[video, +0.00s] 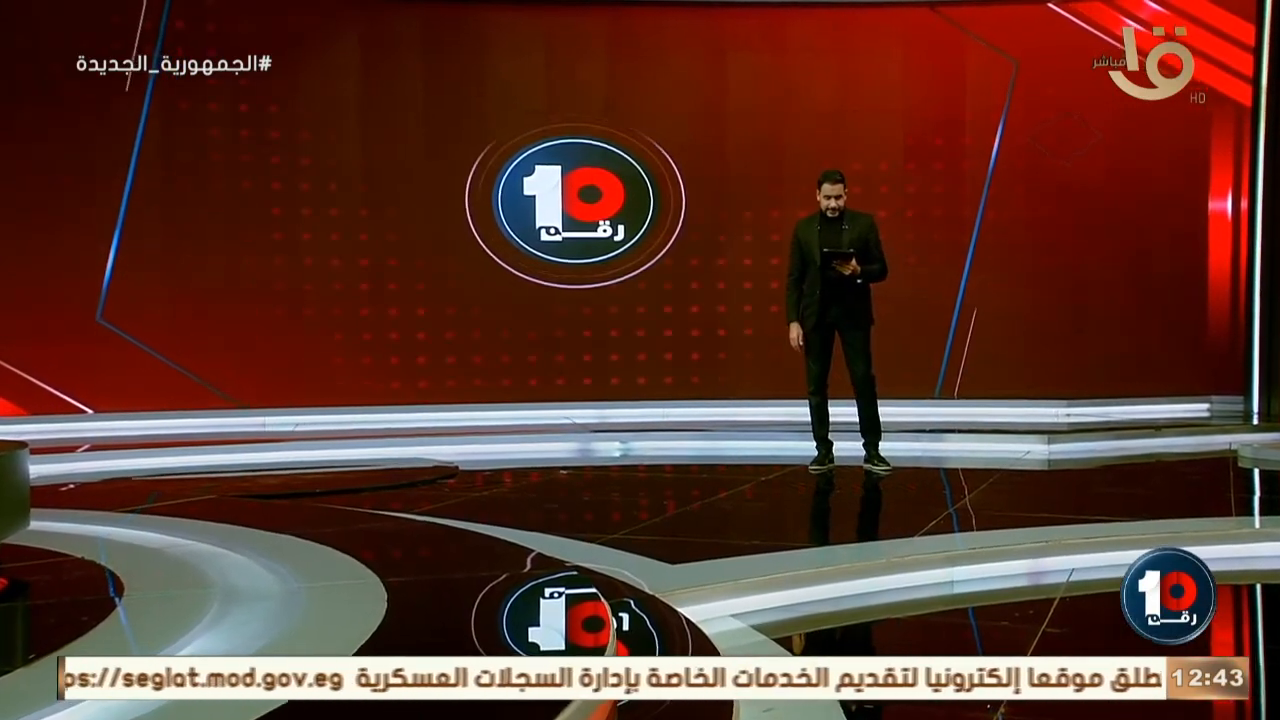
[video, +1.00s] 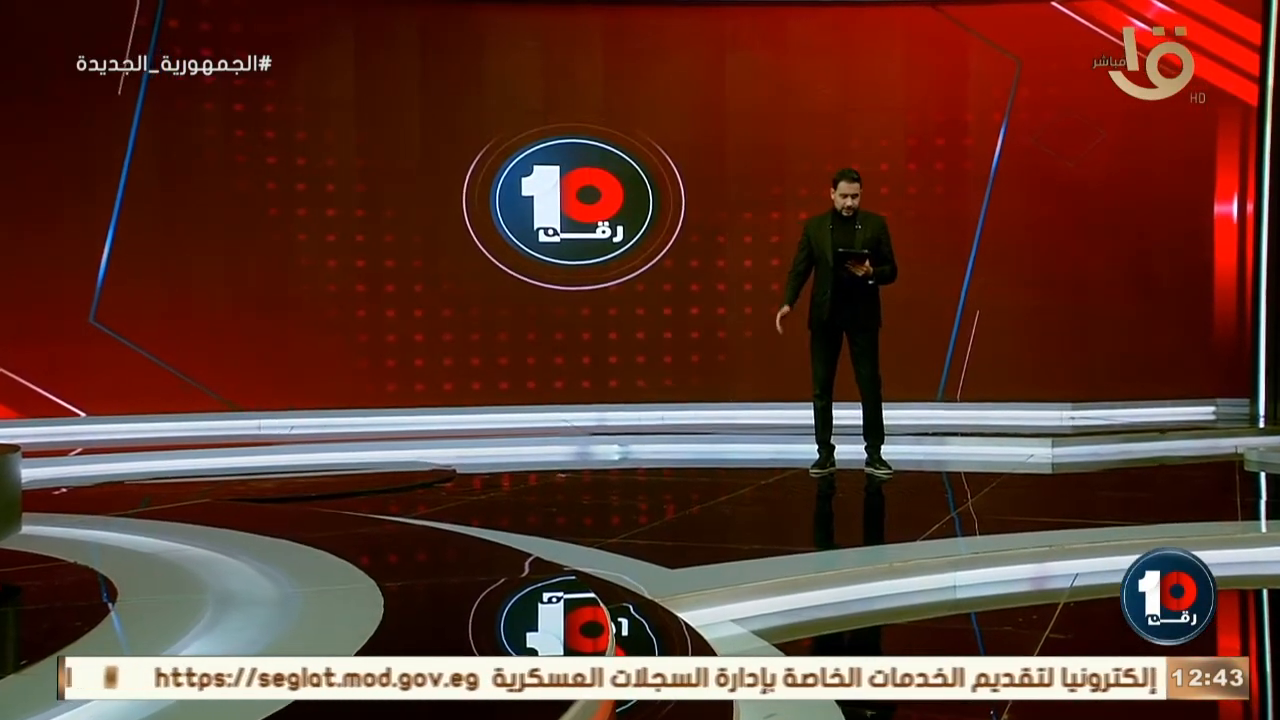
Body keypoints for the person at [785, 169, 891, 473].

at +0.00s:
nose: (833, 203)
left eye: (838, 197)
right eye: (827, 197)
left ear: (846, 195)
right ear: (818, 197)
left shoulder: (863, 224)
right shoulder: (804, 229)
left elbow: (880, 271)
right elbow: (795, 279)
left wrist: (859, 271)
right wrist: (793, 321)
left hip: (854, 317)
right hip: (816, 318)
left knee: (863, 381)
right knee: (816, 386)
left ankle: (872, 451)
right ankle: (823, 451)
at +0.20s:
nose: (831, 204)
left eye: (836, 197)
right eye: (826, 198)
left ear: (844, 195)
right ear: (815, 197)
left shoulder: (861, 224)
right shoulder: (803, 229)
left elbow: (878, 270)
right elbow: (793, 279)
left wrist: (857, 271)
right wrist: (793, 321)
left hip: (853, 317)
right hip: (816, 318)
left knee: (863, 381)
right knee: (816, 386)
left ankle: (872, 451)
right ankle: (823, 451)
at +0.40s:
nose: (831, 204)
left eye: (836, 198)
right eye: (825, 199)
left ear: (844, 195)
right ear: (815, 197)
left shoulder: (861, 224)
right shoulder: (802, 230)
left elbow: (879, 270)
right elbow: (793, 280)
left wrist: (858, 271)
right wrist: (793, 322)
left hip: (854, 317)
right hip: (816, 318)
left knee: (863, 380)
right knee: (816, 386)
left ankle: (873, 451)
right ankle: (824, 451)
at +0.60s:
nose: (834, 204)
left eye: (838, 198)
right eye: (827, 199)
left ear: (845, 196)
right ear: (817, 199)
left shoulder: (863, 224)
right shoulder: (804, 230)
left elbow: (881, 270)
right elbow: (794, 278)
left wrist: (861, 272)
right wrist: (789, 321)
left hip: (856, 317)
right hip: (818, 317)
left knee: (865, 382)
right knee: (817, 386)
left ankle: (873, 452)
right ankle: (824, 452)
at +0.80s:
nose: (841, 204)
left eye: (846, 197)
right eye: (835, 198)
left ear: (852, 196)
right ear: (824, 196)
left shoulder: (868, 224)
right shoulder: (809, 229)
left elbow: (885, 270)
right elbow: (795, 276)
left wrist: (867, 272)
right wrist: (786, 317)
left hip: (859, 318)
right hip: (822, 318)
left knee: (867, 382)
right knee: (819, 387)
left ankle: (873, 454)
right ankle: (824, 453)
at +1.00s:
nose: (850, 202)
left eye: (855, 196)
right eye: (844, 196)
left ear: (862, 195)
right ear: (832, 194)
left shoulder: (875, 225)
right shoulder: (815, 227)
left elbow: (890, 272)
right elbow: (800, 267)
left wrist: (872, 272)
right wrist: (788, 302)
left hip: (863, 318)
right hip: (825, 318)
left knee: (870, 385)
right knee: (822, 387)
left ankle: (874, 455)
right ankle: (824, 454)